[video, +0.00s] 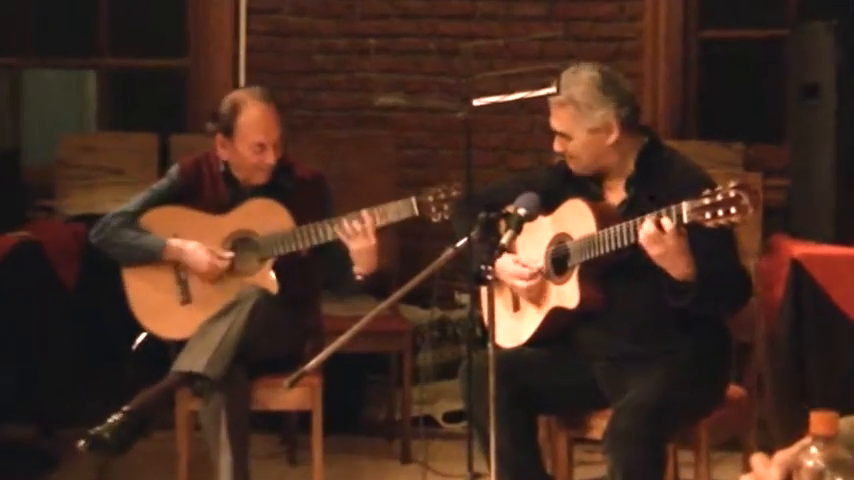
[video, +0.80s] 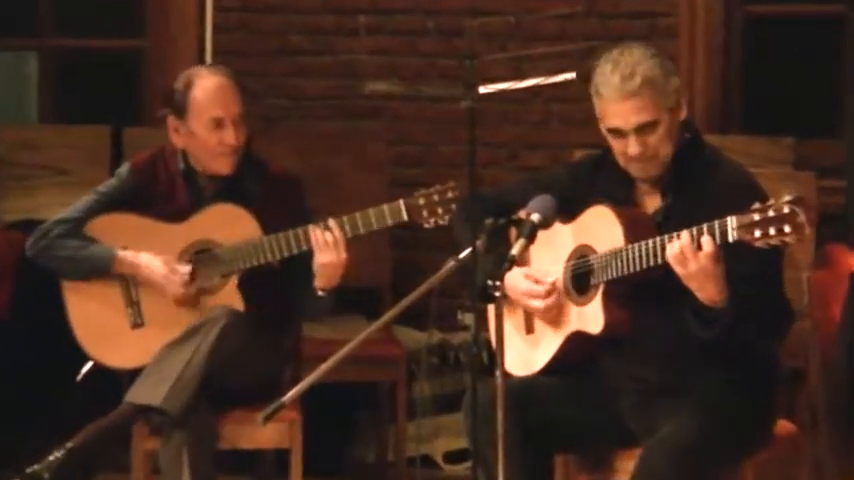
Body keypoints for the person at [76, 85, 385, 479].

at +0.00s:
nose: (270, 158)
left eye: (275, 146)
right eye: (257, 148)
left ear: (283, 139)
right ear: (223, 145)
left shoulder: (304, 188)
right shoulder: (192, 177)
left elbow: (331, 280)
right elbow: (105, 233)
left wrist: (362, 270)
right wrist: (177, 250)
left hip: (284, 331)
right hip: (208, 325)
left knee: (252, 300)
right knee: (225, 368)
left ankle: (143, 409)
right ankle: (232, 476)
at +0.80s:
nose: (233, 138)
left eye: (238, 123)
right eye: (216, 126)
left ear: (247, 120)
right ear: (178, 131)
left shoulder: (276, 189)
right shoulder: (147, 177)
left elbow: (302, 306)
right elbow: (45, 243)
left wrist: (324, 287)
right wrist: (136, 264)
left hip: (257, 361)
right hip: (166, 356)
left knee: (223, 324)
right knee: (188, 424)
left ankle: (92, 443)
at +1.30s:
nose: (170, 143)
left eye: (188, 130)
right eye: (160, 126)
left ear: (225, 132)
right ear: (150, 120)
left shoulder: (268, 190)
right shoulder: (130, 177)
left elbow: (292, 311)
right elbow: (30, 249)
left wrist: (316, 289)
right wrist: (120, 276)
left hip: (243, 366)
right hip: (148, 356)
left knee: (213, 330)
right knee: (176, 427)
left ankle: (97, 442)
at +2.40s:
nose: (142, 155)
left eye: (163, 145)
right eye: (136, 136)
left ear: (207, 147)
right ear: (129, 120)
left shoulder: (255, 192)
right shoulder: (105, 177)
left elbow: (315, 301)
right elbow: (5, 253)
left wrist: (379, 282)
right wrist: (86, 294)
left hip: (227, 385)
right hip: (113, 373)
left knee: (194, 345)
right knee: (149, 445)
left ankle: (70, 459)